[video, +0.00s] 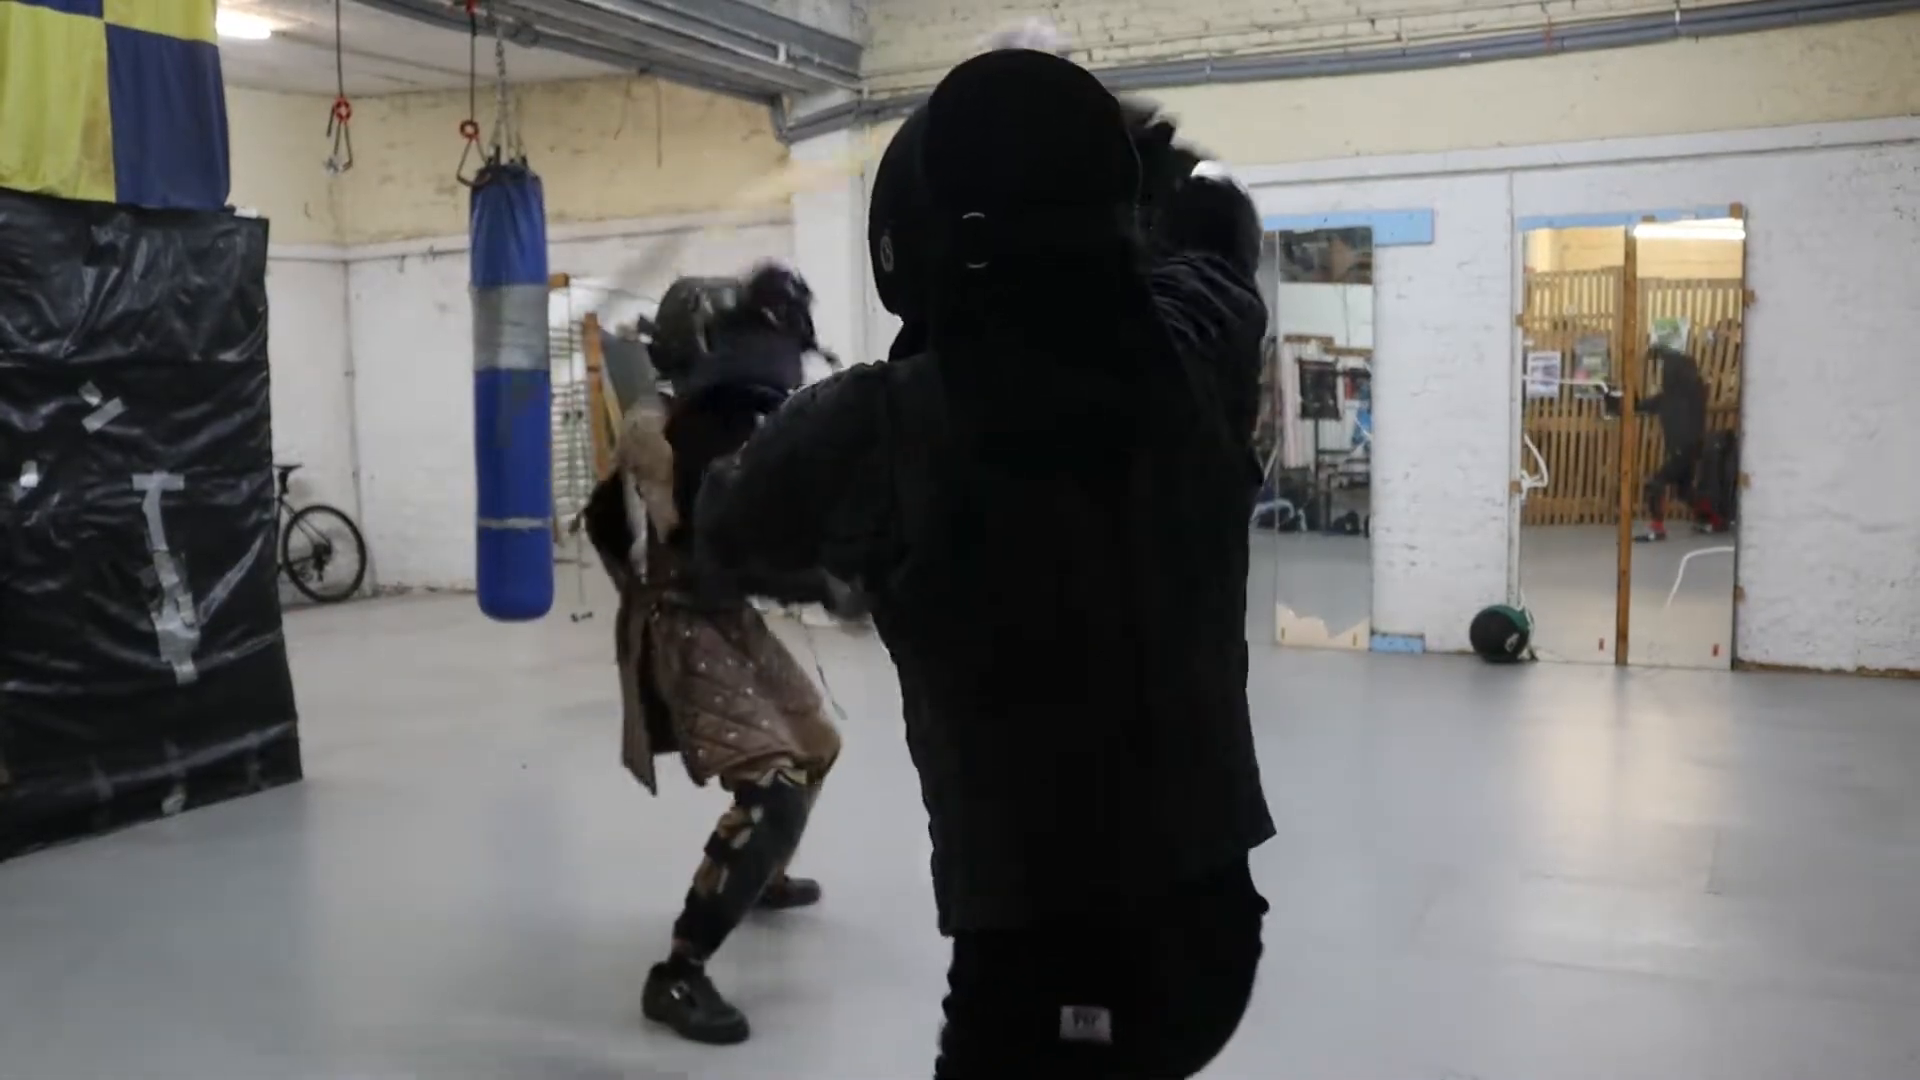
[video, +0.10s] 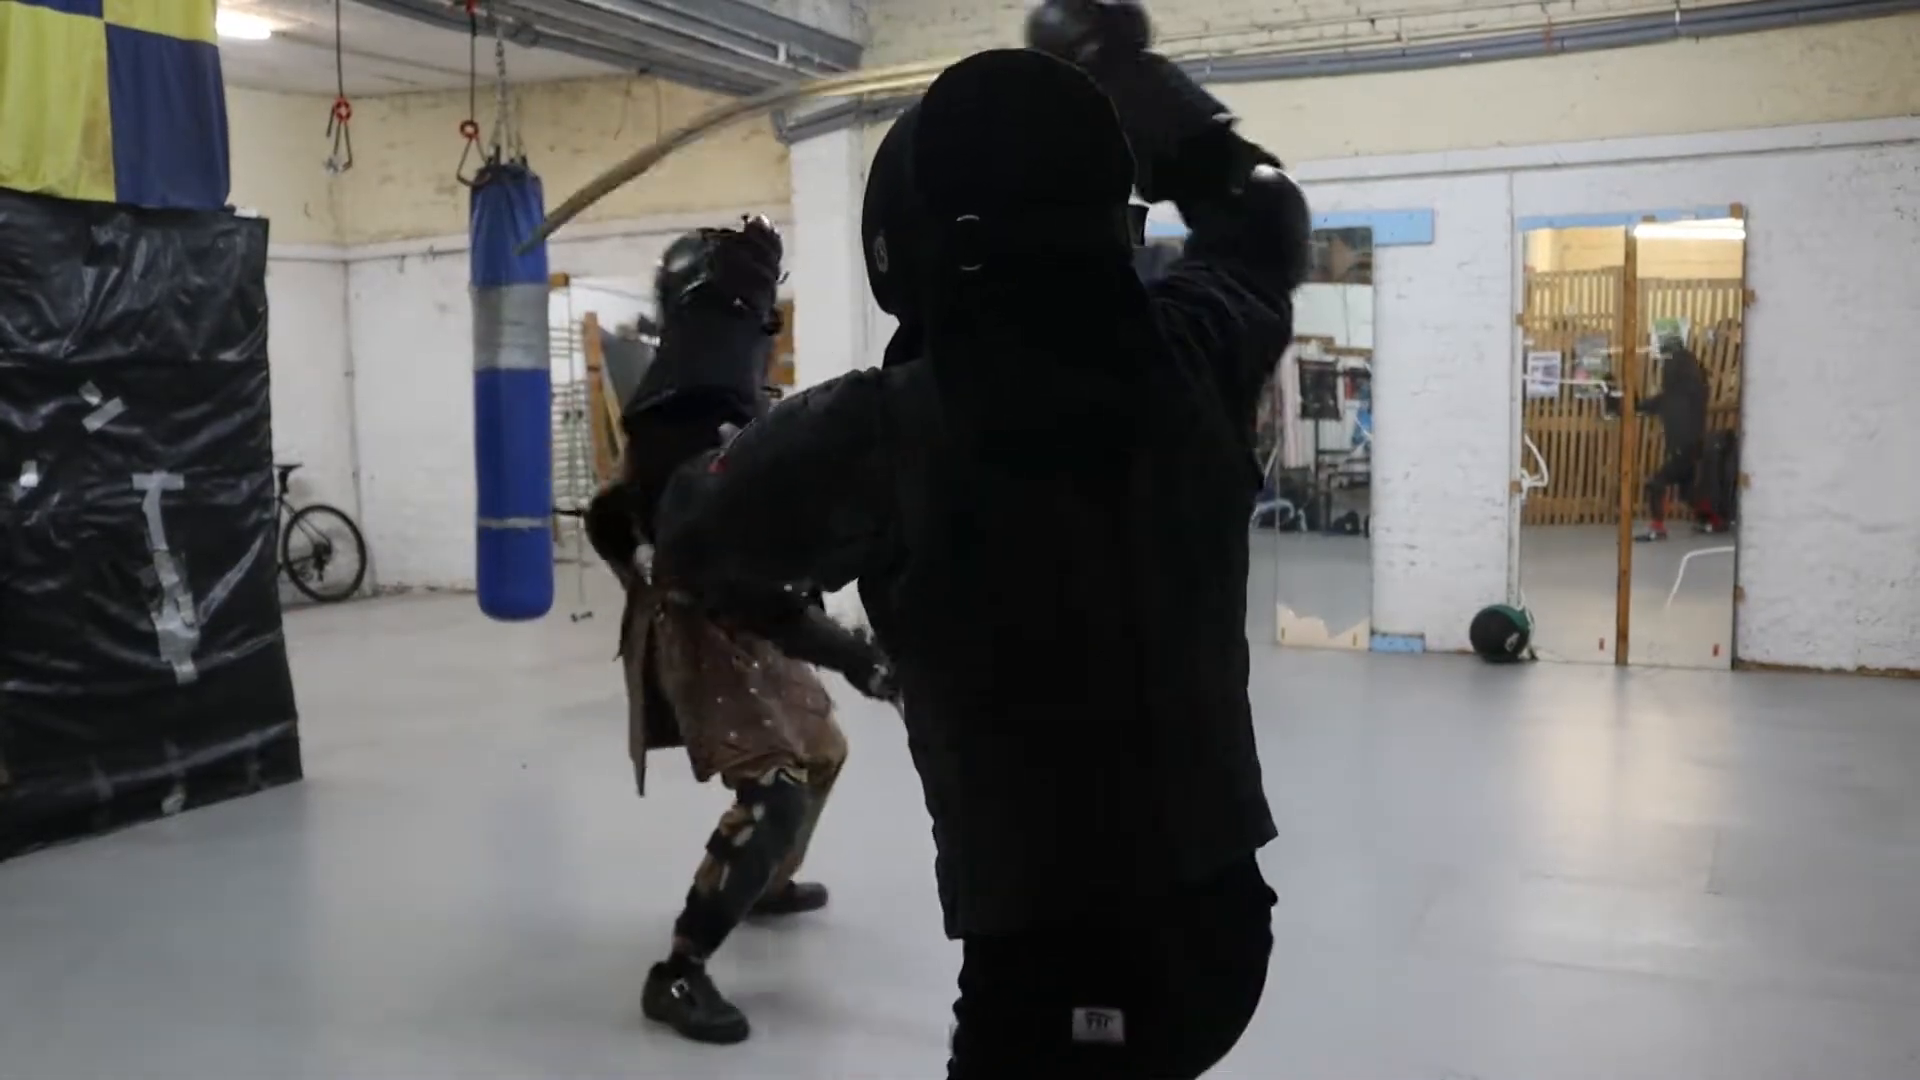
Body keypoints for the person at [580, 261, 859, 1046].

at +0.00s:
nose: (784, 371)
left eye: (782, 356)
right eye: (771, 355)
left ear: (685, 353)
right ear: (737, 351)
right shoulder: (727, 430)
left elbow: (602, 516)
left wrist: (637, 585)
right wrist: (828, 579)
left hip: (721, 612)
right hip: (686, 624)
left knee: (813, 745)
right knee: (774, 785)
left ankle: (756, 876)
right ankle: (682, 969)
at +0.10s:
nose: (772, 333)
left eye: (771, 320)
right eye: (763, 320)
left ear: (700, 312)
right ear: (734, 319)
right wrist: (854, 653)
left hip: (746, 608)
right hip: (701, 616)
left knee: (821, 752)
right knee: (778, 789)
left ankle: (765, 883)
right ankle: (681, 969)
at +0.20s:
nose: (776, 343)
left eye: (770, 333)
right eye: (764, 334)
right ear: (729, 341)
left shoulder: (741, 410)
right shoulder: (675, 420)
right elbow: (699, 569)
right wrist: (818, 645)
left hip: (759, 618)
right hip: (700, 625)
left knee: (826, 757)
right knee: (781, 791)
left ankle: (768, 883)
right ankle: (684, 967)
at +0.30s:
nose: (782, 374)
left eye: (785, 356)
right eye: (767, 356)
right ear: (725, 357)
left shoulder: (761, 443)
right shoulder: (701, 456)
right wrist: (826, 664)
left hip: (776, 642)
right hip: (707, 652)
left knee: (817, 766)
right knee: (773, 781)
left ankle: (770, 879)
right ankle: (724, 960)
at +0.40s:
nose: (769, 350)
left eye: (782, 331)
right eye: (752, 331)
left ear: (796, 327)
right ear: (714, 328)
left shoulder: (801, 401)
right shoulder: (677, 418)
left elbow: (835, 491)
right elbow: (679, 549)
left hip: (790, 610)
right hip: (711, 620)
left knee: (791, 763)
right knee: (783, 788)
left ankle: (760, 870)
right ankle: (727, 960)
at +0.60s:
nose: (776, 338)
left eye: (789, 320)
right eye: (761, 321)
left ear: (807, 317)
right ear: (725, 313)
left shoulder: (822, 380)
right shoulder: (685, 377)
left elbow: (867, 461)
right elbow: (638, 466)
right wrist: (623, 536)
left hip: (812, 599)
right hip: (738, 609)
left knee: (811, 784)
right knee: (835, 800)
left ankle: (719, 917)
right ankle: (770, 992)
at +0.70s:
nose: (807, 363)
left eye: (819, 346)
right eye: (791, 345)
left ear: (832, 339)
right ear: (748, 337)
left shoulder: (839, 405)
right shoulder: (702, 395)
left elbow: (878, 498)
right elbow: (642, 499)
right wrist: (590, 490)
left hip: (826, 629)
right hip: (750, 638)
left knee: (808, 803)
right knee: (850, 830)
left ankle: (719, 923)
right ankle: (783, 1033)